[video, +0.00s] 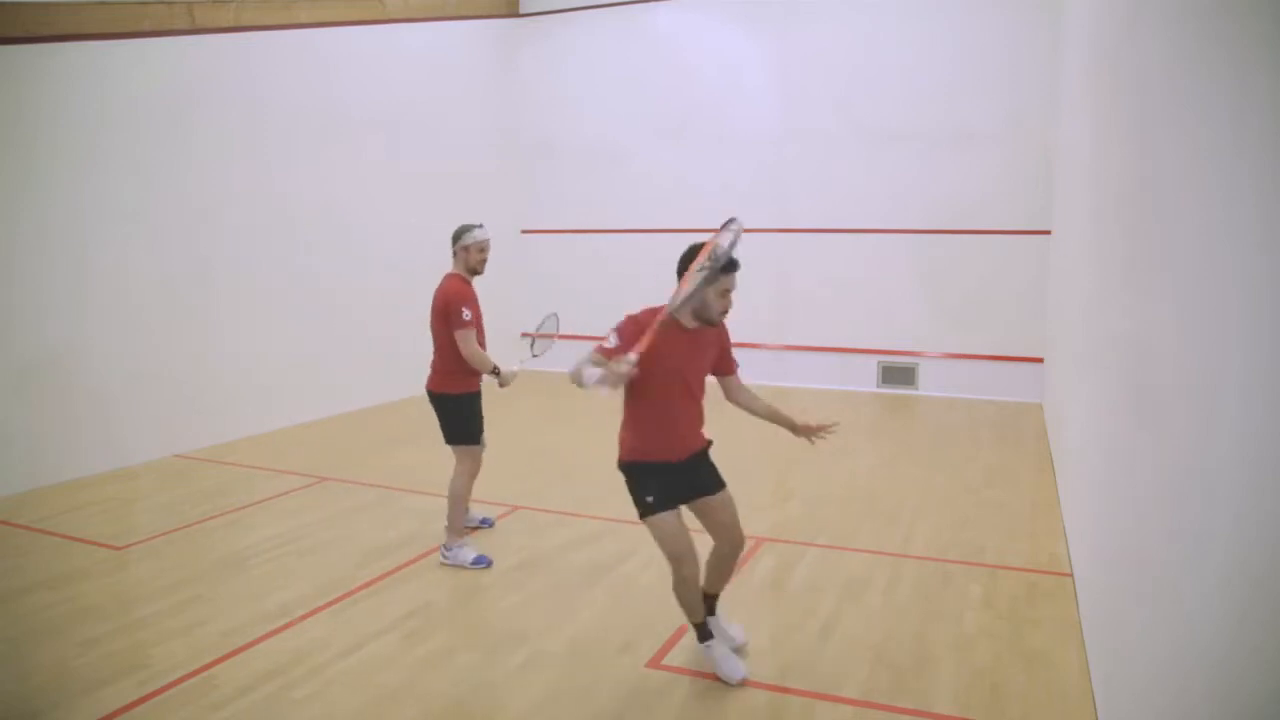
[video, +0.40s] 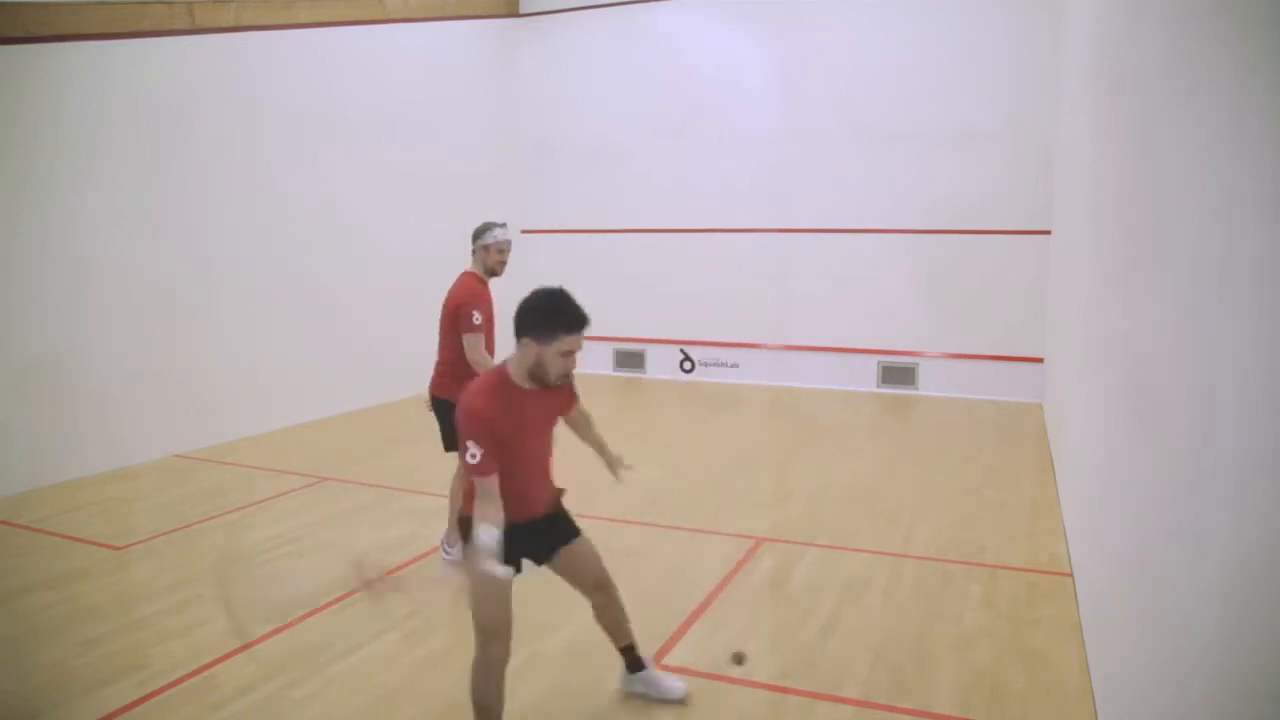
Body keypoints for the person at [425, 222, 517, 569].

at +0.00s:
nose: (486, 256)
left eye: (487, 249)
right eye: (480, 250)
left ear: (477, 252)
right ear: (461, 252)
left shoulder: (461, 287)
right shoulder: (456, 291)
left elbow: (465, 345)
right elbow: (468, 349)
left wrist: (491, 368)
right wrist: (497, 371)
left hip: (462, 387)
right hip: (453, 390)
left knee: (474, 453)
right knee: (467, 460)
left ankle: (460, 516)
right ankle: (453, 544)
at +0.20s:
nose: (495, 254)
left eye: (498, 248)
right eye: (489, 247)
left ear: (495, 249)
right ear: (471, 248)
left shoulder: (469, 283)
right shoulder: (465, 286)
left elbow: (482, 338)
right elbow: (474, 348)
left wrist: (502, 365)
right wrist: (500, 371)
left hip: (467, 386)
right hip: (450, 389)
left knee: (482, 451)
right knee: (464, 461)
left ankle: (458, 518)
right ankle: (452, 543)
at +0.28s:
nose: (497, 253)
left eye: (500, 246)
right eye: (490, 247)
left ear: (501, 249)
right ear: (473, 249)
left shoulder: (466, 281)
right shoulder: (471, 287)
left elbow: (446, 338)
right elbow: (475, 347)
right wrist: (507, 378)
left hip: (463, 386)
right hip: (458, 389)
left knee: (481, 453)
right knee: (465, 462)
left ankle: (457, 524)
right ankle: (453, 542)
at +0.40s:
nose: (504, 258)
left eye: (507, 251)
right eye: (498, 251)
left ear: (507, 252)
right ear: (479, 251)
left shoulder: (473, 286)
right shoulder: (472, 292)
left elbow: (473, 350)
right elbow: (475, 353)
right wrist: (508, 385)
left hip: (458, 391)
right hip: (454, 394)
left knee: (474, 459)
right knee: (469, 461)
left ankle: (462, 531)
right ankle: (454, 537)